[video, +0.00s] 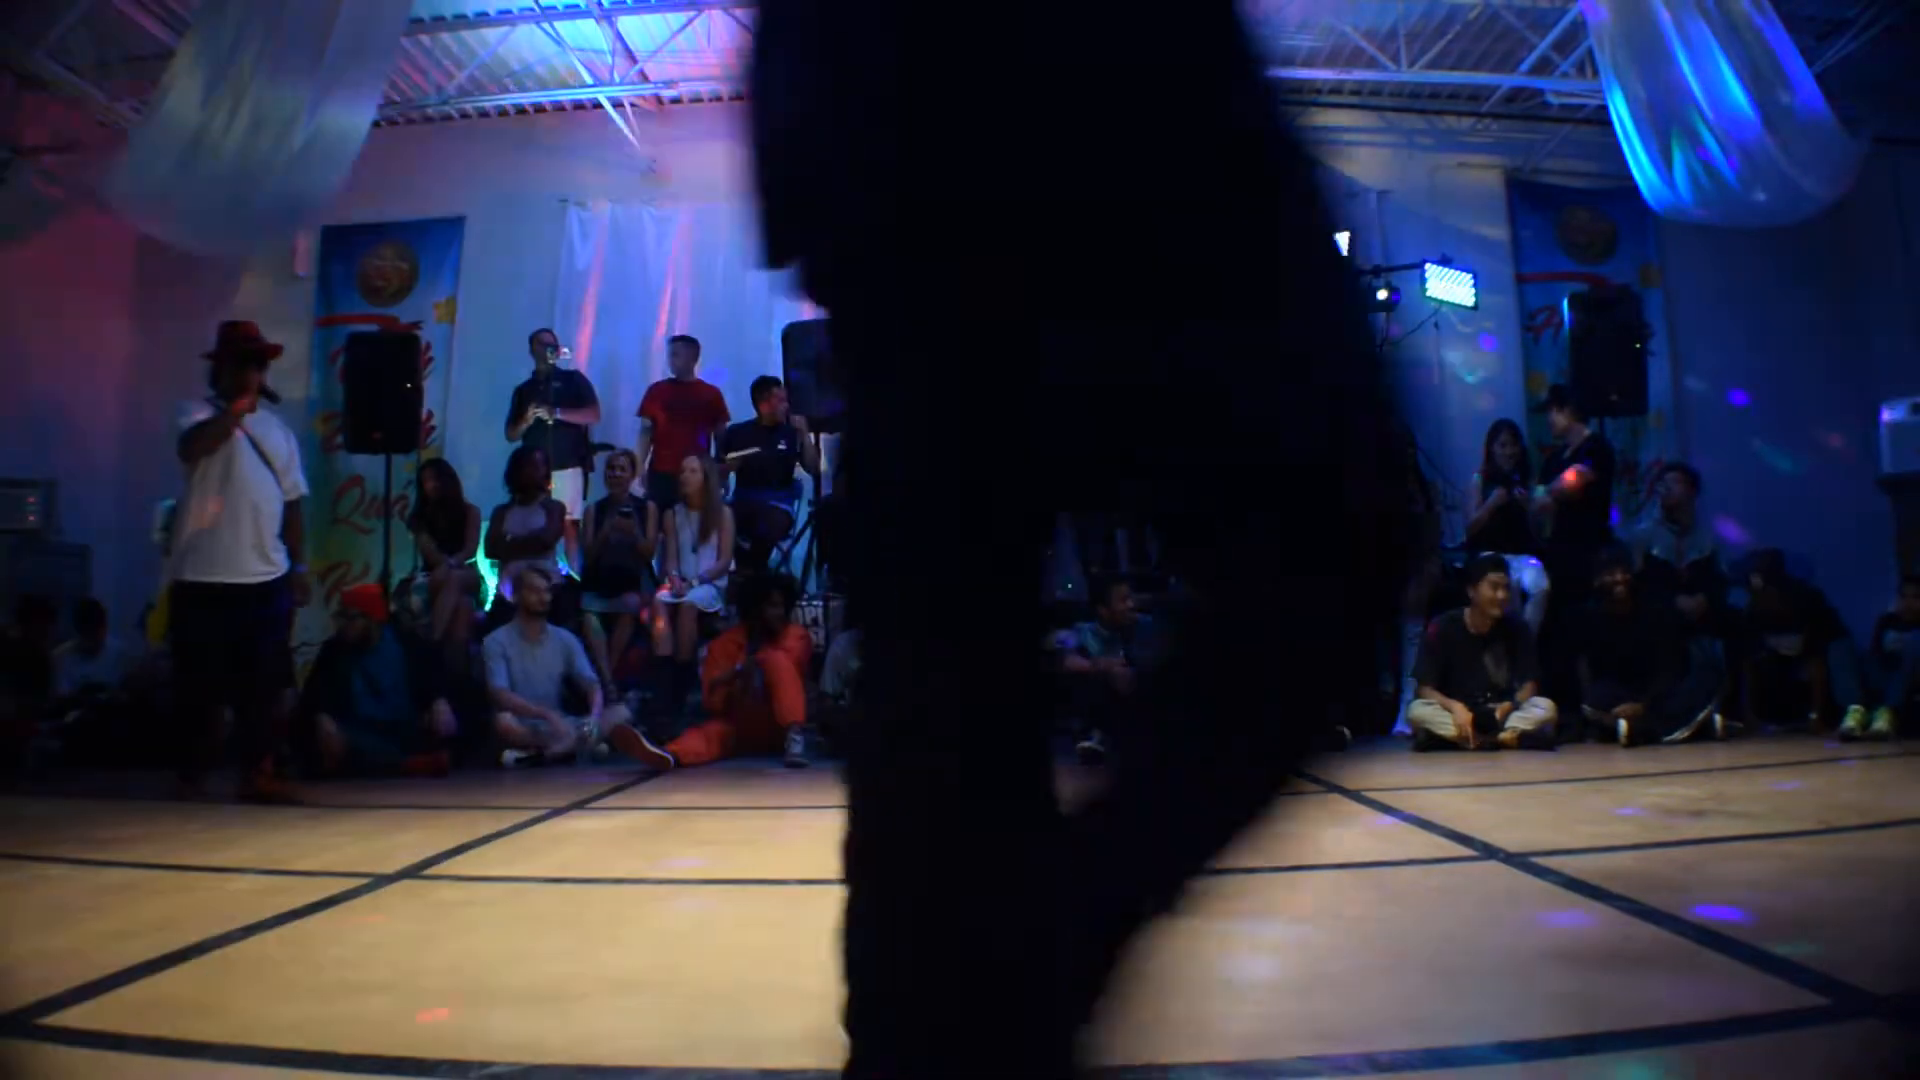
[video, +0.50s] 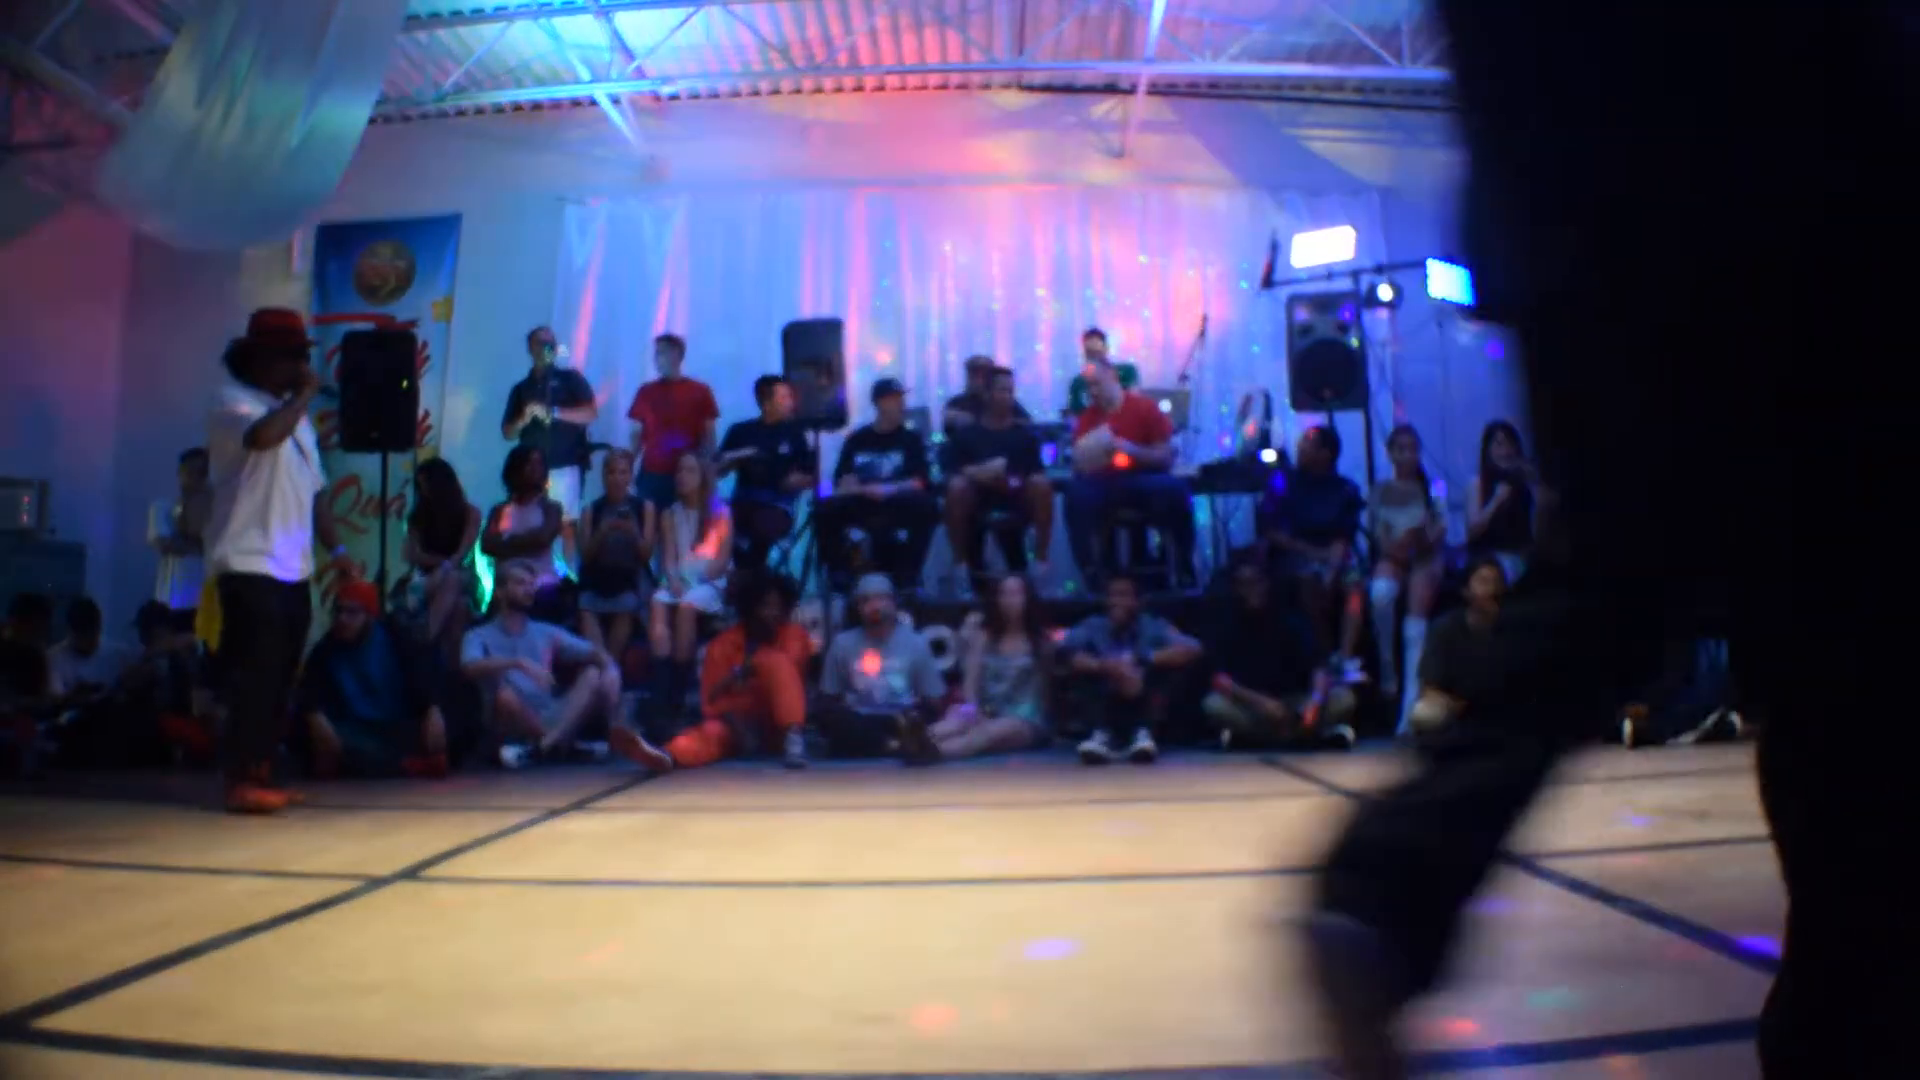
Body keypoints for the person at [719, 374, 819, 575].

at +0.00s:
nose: (786, 406)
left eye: (785, 400)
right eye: (780, 400)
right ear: (762, 404)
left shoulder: (791, 433)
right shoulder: (736, 433)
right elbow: (721, 471)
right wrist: (732, 465)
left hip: (779, 499)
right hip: (745, 498)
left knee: (770, 529)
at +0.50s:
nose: (790, 403)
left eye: (790, 396)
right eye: (783, 396)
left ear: (791, 398)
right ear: (766, 401)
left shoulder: (794, 432)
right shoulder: (740, 431)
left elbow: (809, 475)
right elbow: (717, 469)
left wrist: (799, 479)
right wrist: (734, 461)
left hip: (784, 505)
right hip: (746, 504)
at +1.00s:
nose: (790, 404)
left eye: (790, 398)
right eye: (784, 398)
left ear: (793, 400)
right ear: (768, 403)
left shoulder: (797, 434)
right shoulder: (744, 432)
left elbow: (812, 477)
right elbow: (723, 471)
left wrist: (797, 478)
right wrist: (740, 461)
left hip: (783, 502)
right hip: (748, 498)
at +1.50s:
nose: (788, 402)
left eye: (788, 396)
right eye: (782, 396)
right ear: (764, 402)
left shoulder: (796, 433)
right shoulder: (741, 431)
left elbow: (812, 476)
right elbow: (721, 473)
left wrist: (794, 480)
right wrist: (735, 461)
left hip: (779, 503)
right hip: (745, 499)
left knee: (765, 531)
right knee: (719, 523)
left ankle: (750, 575)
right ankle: (743, 563)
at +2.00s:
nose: (772, 402)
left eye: (776, 396)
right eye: (765, 397)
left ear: (782, 399)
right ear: (754, 401)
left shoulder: (793, 433)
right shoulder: (738, 433)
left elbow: (811, 473)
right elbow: (721, 476)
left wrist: (798, 483)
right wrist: (732, 462)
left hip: (778, 499)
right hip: (745, 498)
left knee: (766, 532)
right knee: (720, 525)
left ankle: (751, 575)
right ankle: (746, 564)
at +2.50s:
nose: (757, 402)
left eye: (763, 396)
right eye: (752, 397)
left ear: (775, 399)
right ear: (747, 401)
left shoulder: (790, 433)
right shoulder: (736, 434)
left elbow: (808, 474)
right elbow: (720, 477)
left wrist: (783, 496)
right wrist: (728, 458)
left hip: (776, 502)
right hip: (743, 502)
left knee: (766, 532)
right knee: (720, 524)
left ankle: (752, 573)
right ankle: (744, 564)